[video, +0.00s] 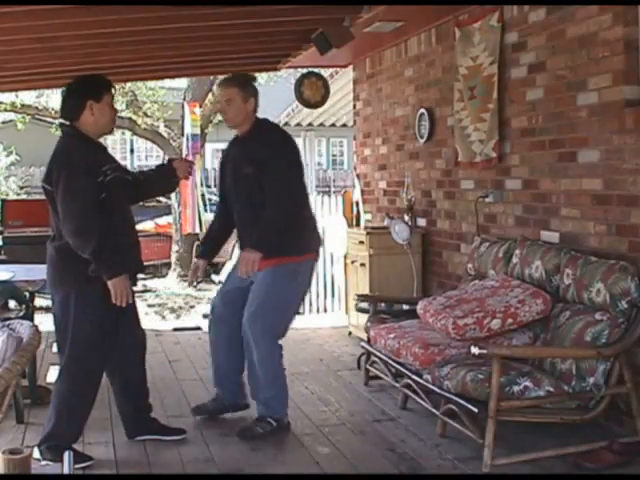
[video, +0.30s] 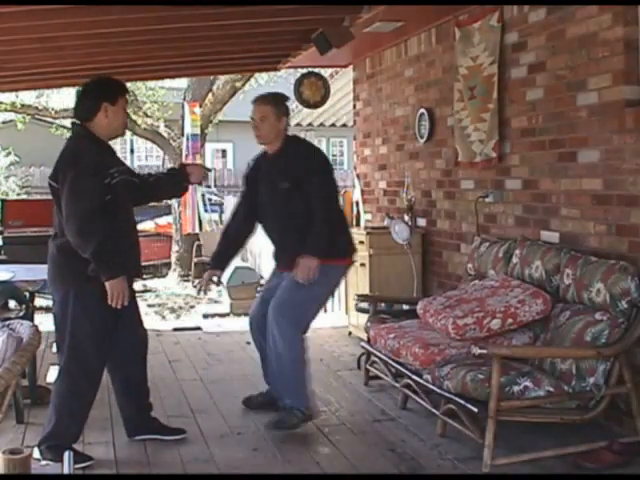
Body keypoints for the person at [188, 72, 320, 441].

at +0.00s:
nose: (222, 110)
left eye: (228, 102)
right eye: (220, 103)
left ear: (250, 102)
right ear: (223, 107)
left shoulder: (277, 141)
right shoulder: (232, 153)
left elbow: (286, 202)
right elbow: (228, 210)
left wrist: (258, 244)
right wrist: (205, 254)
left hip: (291, 253)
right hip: (255, 254)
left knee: (259, 324)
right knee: (223, 313)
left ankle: (274, 415)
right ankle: (230, 395)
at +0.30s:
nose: (256, 127)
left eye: (263, 120)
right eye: (254, 121)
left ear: (283, 121)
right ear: (253, 124)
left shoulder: (309, 157)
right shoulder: (258, 170)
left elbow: (327, 209)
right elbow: (242, 220)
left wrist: (312, 251)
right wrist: (217, 264)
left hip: (327, 257)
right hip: (290, 259)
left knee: (282, 317)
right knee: (260, 317)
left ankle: (298, 406)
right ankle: (279, 391)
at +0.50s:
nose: (280, 142)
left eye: (286, 135)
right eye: (279, 135)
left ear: (307, 135)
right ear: (288, 138)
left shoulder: (338, 171)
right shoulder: (298, 180)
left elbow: (361, 225)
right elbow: (302, 236)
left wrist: (357, 276)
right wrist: (277, 273)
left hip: (363, 266)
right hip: (328, 267)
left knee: (321, 323)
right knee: (291, 314)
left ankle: (350, 406)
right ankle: (284, 391)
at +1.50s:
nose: (470, 218)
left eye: (476, 213)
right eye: (469, 213)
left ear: (494, 215)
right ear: (472, 213)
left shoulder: (503, 239)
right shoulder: (480, 241)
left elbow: (497, 285)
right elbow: (456, 274)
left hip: (467, 316)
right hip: (446, 311)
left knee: (420, 263)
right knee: (368, 313)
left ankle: (354, 303)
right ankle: (343, 382)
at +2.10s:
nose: (396, 227)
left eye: (403, 220)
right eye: (393, 220)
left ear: (424, 220)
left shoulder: (449, 242)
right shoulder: (420, 244)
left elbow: (475, 288)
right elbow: (424, 288)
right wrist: (416, 303)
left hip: (459, 318)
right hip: (432, 311)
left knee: (393, 308)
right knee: (369, 303)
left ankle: (378, 397)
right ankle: (362, 381)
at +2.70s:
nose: (306, 134)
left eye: (314, 127)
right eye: (306, 127)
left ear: (336, 130)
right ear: (308, 132)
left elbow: (391, 224)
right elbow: (335, 224)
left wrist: (390, 284)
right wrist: (345, 262)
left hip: (384, 267)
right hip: (349, 267)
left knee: (349, 324)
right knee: (319, 315)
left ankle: (378, 407)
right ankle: (343, 379)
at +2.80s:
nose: (302, 116)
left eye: (310, 108)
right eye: (300, 108)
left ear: (331, 113)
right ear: (300, 114)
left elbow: (371, 220)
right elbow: (325, 213)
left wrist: (356, 277)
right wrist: (330, 252)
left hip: (376, 255)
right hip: (338, 254)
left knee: (351, 326)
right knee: (303, 310)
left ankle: (377, 408)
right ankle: (328, 380)